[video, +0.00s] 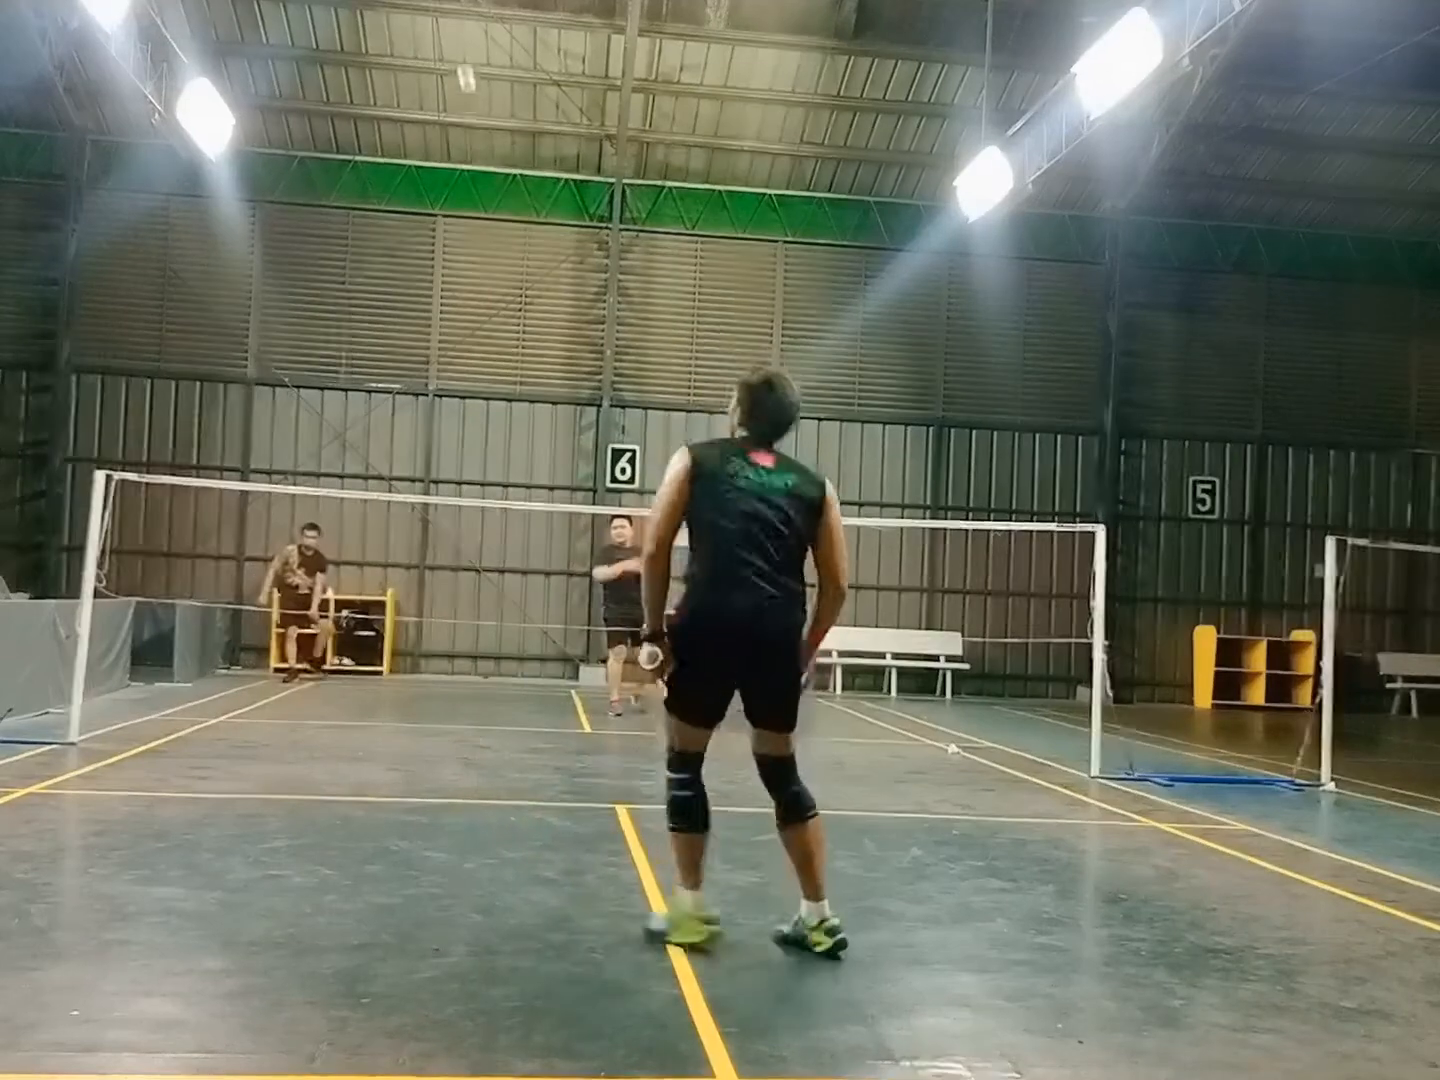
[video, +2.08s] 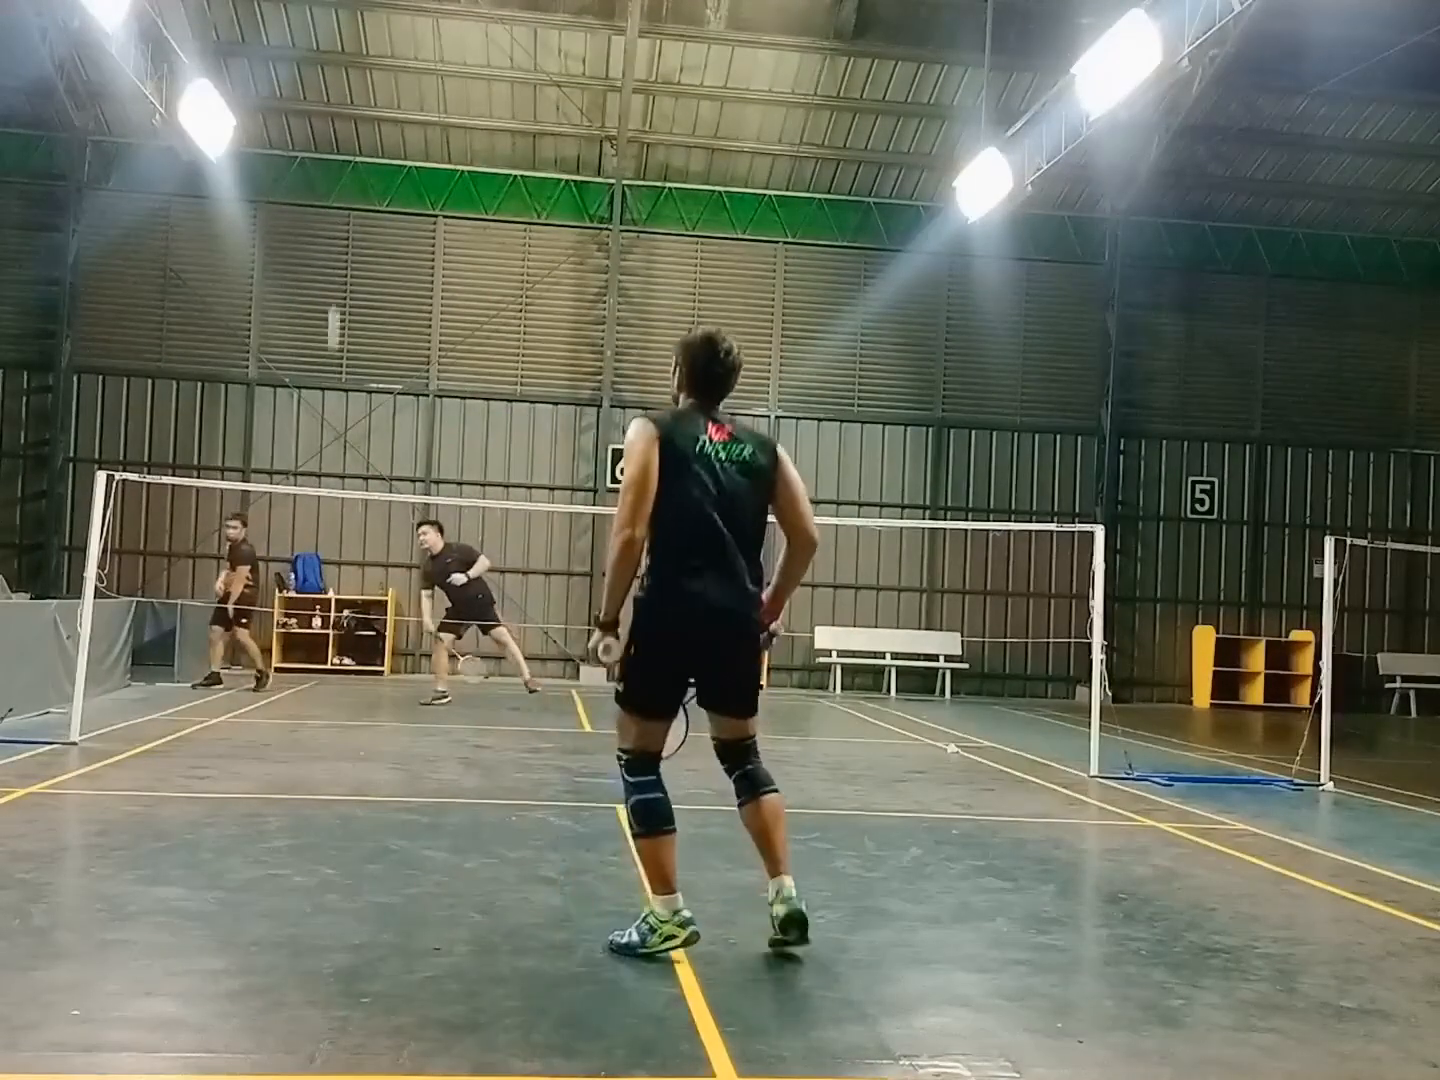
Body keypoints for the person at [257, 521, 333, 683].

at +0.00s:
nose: (310, 541)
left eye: (314, 537)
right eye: (307, 537)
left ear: (318, 539)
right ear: (301, 537)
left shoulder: (320, 560)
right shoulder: (288, 553)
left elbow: (319, 586)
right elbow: (272, 570)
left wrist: (314, 608)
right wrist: (264, 593)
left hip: (309, 598)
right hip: (290, 597)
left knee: (325, 626)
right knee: (291, 631)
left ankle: (316, 659)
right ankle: (292, 668)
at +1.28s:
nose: (296, 533)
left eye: (300, 530)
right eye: (293, 528)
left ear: (303, 533)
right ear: (284, 530)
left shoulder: (308, 556)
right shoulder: (273, 549)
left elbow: (306, 584)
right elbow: (260, 570)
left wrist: (298, 607)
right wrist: (250, 591)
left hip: (299, 598)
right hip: (277, 597)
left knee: (310, 638)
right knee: (273, 635)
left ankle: (307, 666)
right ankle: (274, 674)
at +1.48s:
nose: (280, 530)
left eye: (284, 527)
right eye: (276, 526)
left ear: (289, 530)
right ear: (270, 528)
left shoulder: (294, 552)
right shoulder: (262, 547)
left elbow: (291, 580)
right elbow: (253, 568)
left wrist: (280, 602)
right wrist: (251, 588)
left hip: (287, 594)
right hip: (267, 594)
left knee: (286, 630)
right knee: (269, 634)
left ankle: (289, 670)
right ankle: (274, 673)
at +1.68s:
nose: (263, 532)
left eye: (268, 528)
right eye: (260, 528)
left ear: (275, 531)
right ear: (256, 529)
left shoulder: (279, 552)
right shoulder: (256, 549)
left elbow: (274, 581)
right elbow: (250, 568)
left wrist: (264, 601)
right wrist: (253, 580)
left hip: (275, 593)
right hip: (260, 591)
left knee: (269, 635)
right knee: (249, 634)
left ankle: (269, 676)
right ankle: (271, 666)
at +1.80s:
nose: (252, 531)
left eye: (257, 527)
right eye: (249, 527)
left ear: (266, 529)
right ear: (247, 528)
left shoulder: (269, 551)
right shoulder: (253, 549)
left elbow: (264, 581)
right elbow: (245, 570)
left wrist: (256, 602)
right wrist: (246, 585)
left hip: (269, 596)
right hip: (255, 593)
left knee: (265, 634)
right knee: (232, 625)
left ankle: (268, 676)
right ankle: (247, 661)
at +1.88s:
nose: (246, 530)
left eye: (251, 527)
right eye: (243, 526)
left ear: (259, 529)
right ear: (240, 528)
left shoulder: (262, 550)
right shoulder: (245, 547)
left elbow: (259, 578)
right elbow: (242, 568)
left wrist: (251, 601)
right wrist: (239, 582)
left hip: (265, 592)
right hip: (249, 590)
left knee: (264, 635)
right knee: (229, 626)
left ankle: (267, 675)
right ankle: (230, 669)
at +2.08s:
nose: (230, 531)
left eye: (234, 528)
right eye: (227, 527)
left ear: (243, 530)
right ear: (224, 529)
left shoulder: (245, 550)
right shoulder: (231, 548)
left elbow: (241, 578)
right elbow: (228, 569)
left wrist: (231, 601)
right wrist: (220, 580)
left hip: (244, 594)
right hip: (229, 591)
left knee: (242, 635)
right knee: (215, 633)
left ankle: (261, 672)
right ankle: (214, 673)